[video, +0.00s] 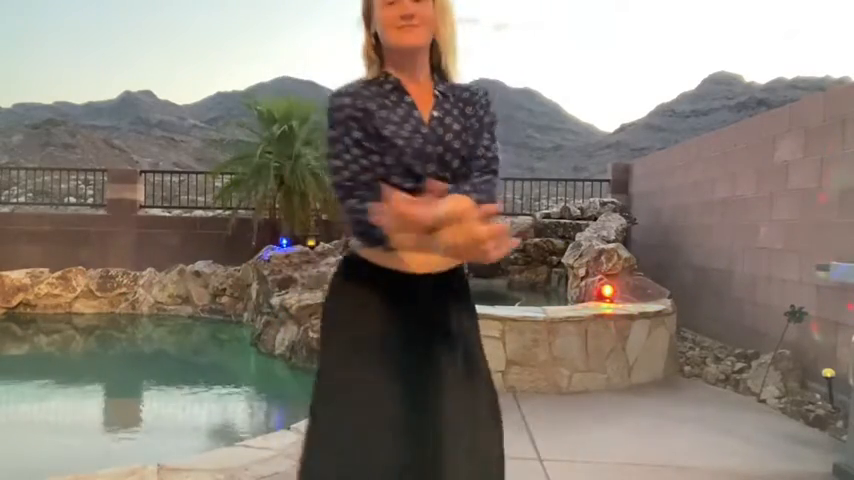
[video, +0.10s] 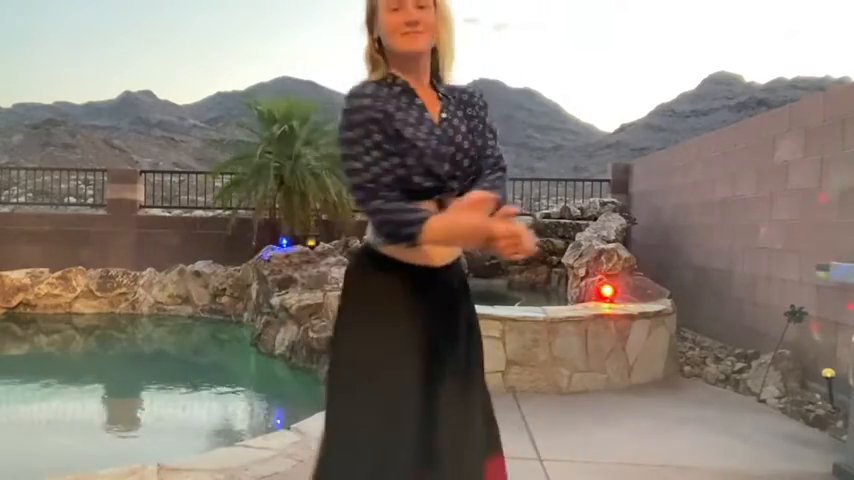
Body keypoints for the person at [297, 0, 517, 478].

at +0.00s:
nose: (406, 8)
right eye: (391, 0)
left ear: (439, 13)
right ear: (370, 16)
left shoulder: (473, 103)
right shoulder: (351, 103)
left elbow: (484, 196)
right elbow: (365, 226)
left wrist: (439, 215)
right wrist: (453, 249)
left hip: (447, 292)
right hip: (370, 293)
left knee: (459, 447)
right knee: (368, 448)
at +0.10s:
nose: (411, 14)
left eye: (422, 3)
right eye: (394, 5)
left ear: (440, 19)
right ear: (374, 26)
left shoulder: (467, 101)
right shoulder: (366, 102)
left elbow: (494, 174)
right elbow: (387, 216)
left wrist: (456, 215)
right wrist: (484, 232)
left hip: (448, 285)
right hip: (385, 283)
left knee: (455, 437)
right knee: (381, 438)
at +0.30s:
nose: (437, 16)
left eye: (438, 6)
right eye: (420, 7)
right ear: (387, 27)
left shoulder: (408, 89)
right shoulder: (416, 93)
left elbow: (469, 162)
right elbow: (447, 199)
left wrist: (513, 198)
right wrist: (515, 215)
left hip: (399, 260)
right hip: (408, 266)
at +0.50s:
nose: (450, 62)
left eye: (446, 54)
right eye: (446, 54)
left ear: (381, 58)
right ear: (439, 61)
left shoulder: (374, 119)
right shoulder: (455, 126)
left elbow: (417, 192)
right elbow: (482, 211)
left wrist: (491, 209)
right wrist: (503, 223)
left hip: (373, 262)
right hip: (428, 266)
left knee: (386, 394)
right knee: (457, 398)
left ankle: (388, 472)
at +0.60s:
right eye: (445, 64)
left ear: (381, 68)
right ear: (446, 71)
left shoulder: (369, 129)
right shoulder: (457, 133)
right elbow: (472, 213)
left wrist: (474, 223)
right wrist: (487, 235)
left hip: (372, 263)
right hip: (427, 266)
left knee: (387, 391)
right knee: (457, 390)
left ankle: (395, 469)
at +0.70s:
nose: (379, 76)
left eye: (384, 68)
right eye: (382, 66)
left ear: (396, 78)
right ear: (443, 81)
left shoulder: (370, 136)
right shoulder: (455, 141)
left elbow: (360, 190)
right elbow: (452, 210)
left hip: (369, 259)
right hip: (425, 261)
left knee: (380, 374)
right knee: (443, 375)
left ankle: (391, 464)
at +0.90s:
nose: (390, 79)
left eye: (402, 72)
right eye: (390, 70)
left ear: (427, 85)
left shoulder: (394, 131)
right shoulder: (425, 131)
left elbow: (342, 198)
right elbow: (406, 208)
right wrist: (357, 244)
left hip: (393, 255)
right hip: (419, 250)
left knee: (390, 365)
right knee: (442, 361)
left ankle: (385, 461)